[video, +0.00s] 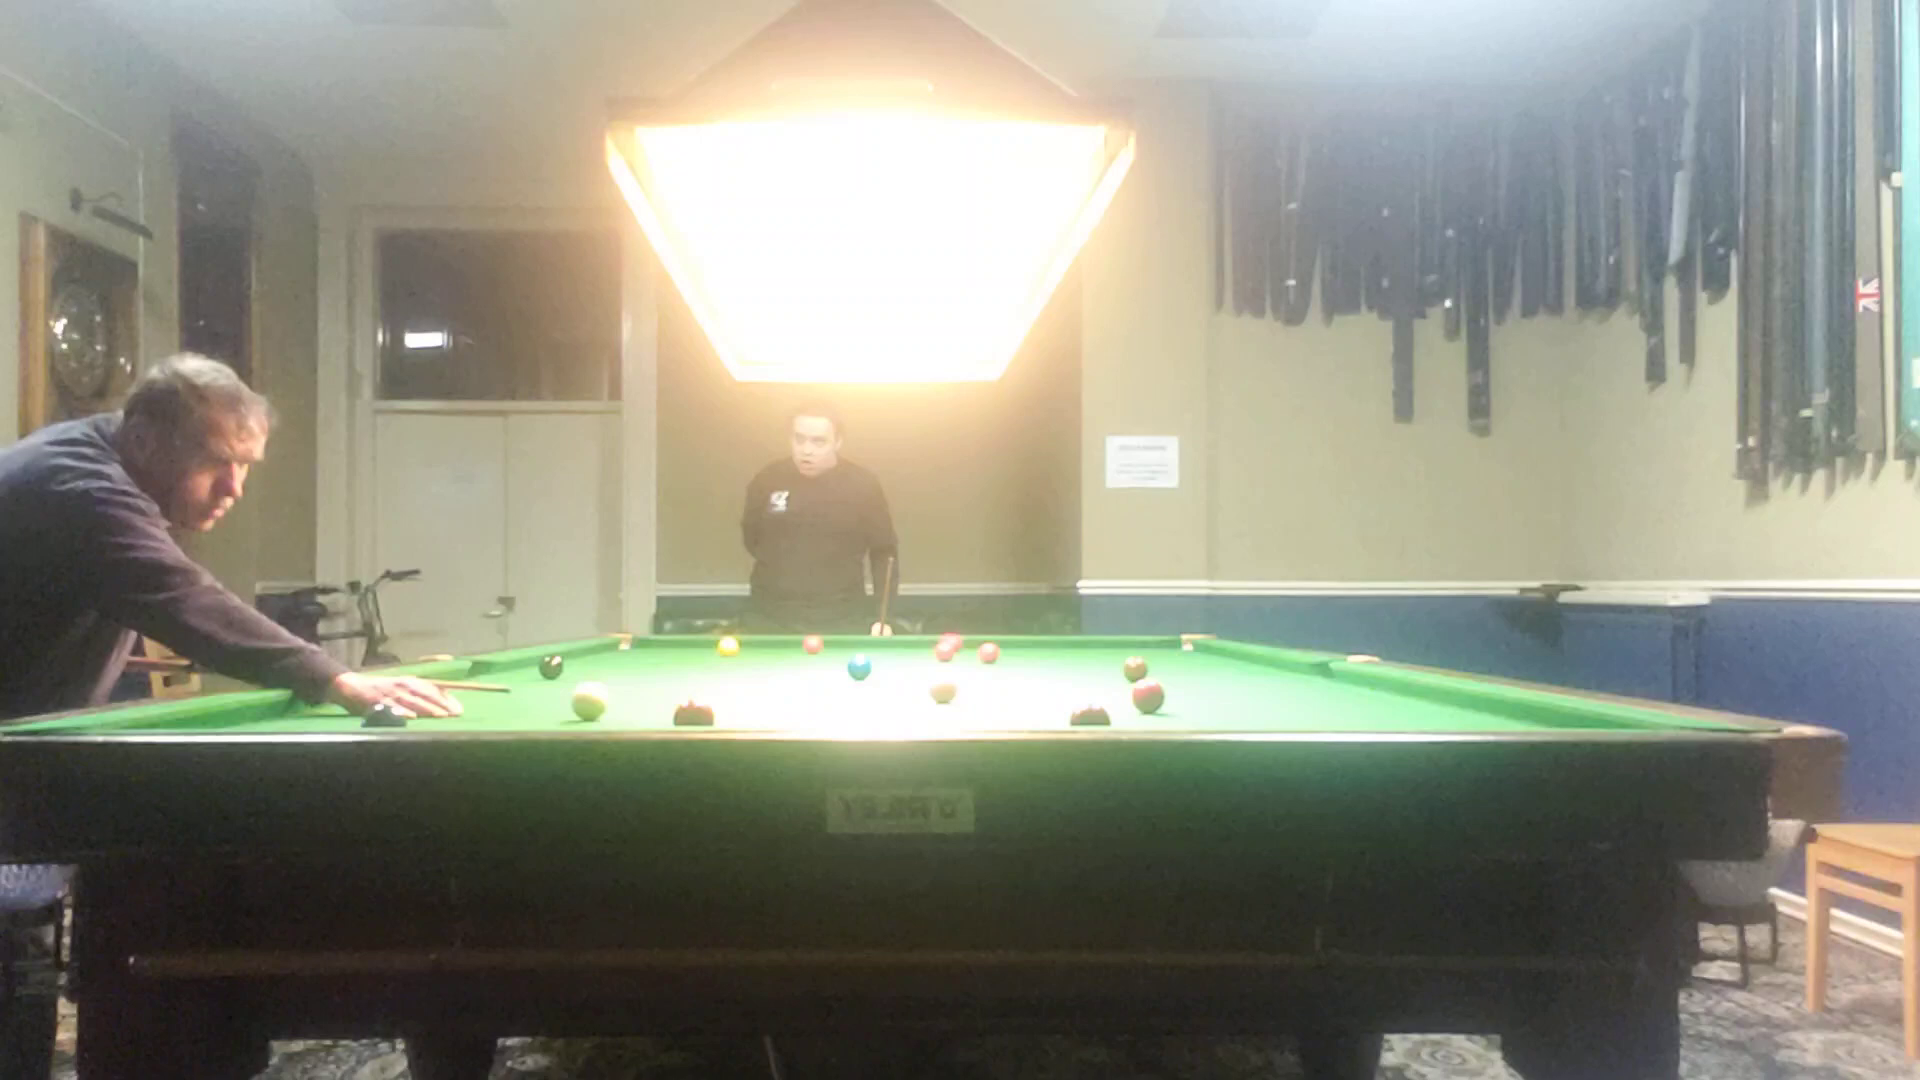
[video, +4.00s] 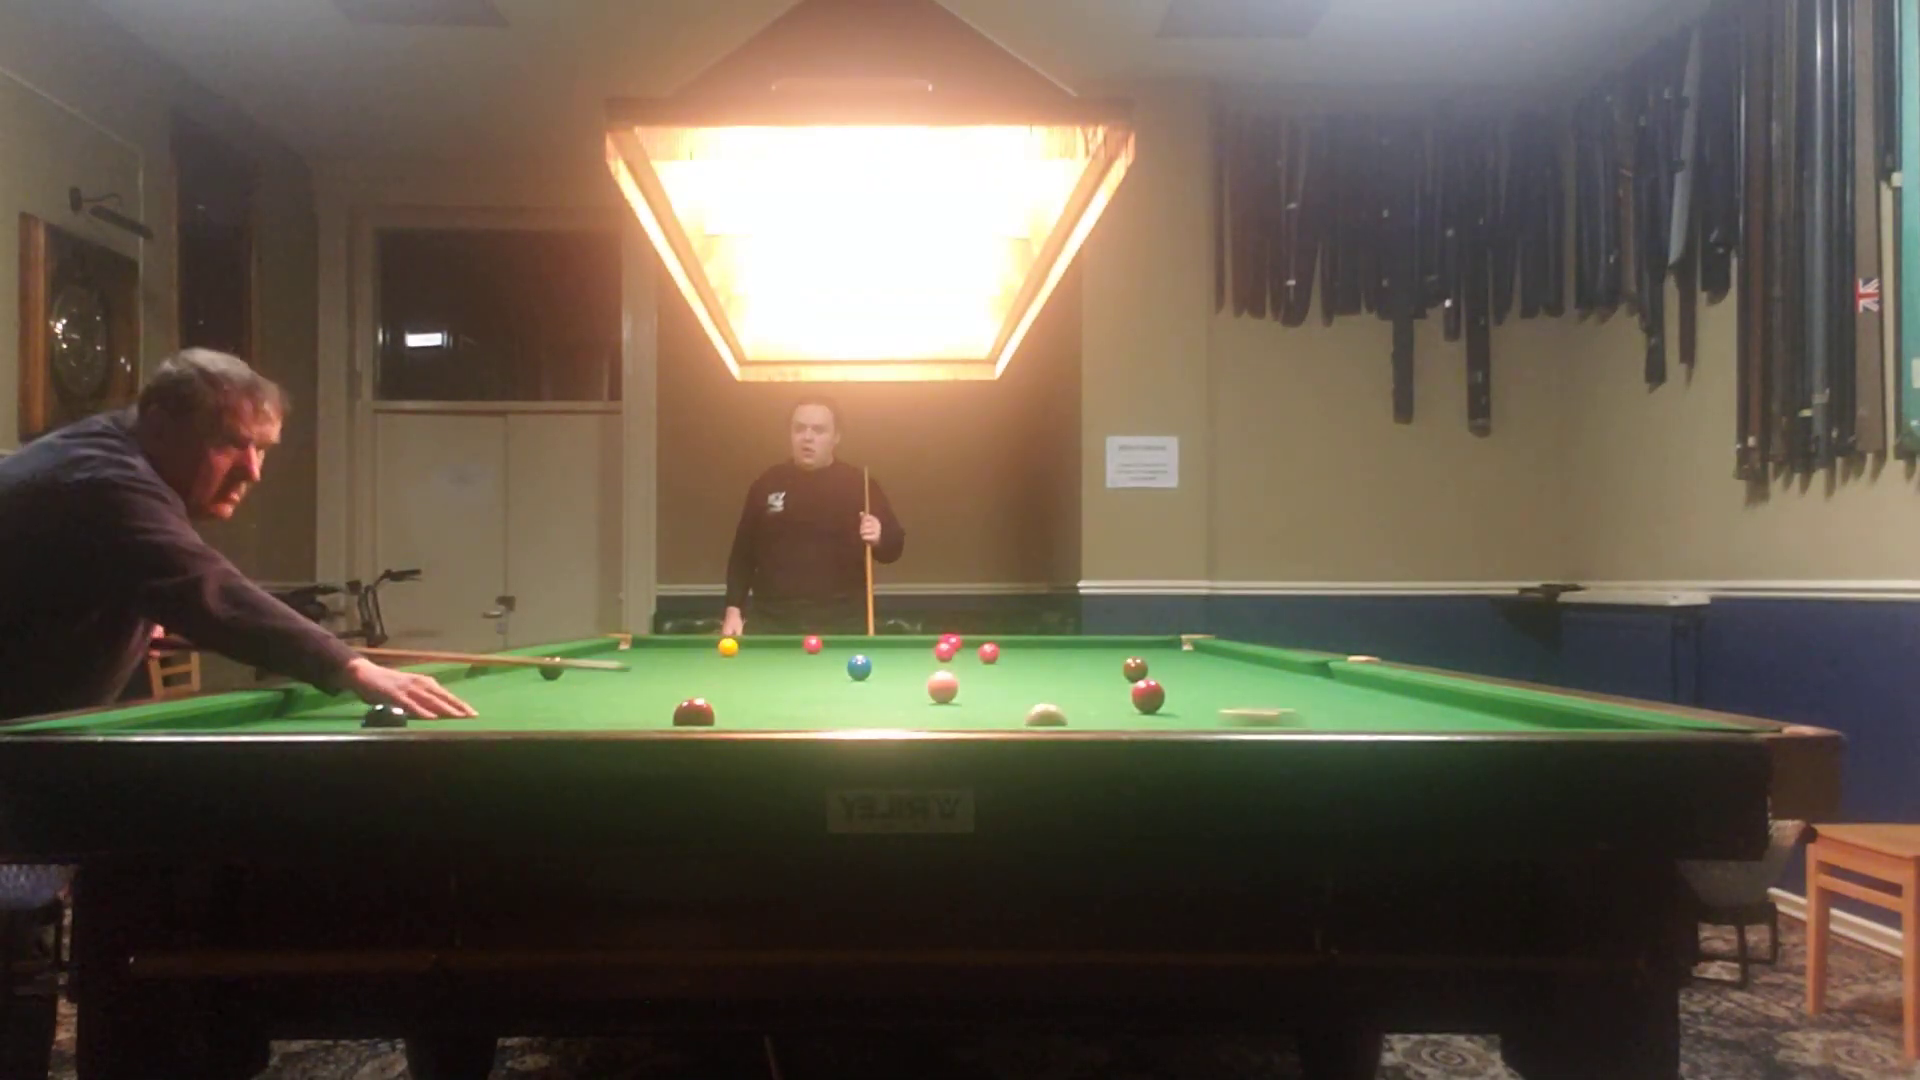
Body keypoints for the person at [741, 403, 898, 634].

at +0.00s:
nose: (806, 451)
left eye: (818, 442)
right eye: (800, 440)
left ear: (838, 443)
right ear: (791, 439)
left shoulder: (863, 485)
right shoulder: (767, 480)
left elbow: (884, 551)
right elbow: (753, 540)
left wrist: (883, 618)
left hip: (842, 617)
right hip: (772, 617)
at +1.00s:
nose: (803, 449)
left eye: (814, 439)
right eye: (795, 438)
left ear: (833, 442)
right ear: (785, 439)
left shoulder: (857, 484)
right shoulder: (762, 481)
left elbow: (880, 552)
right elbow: (750, 550)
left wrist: (880, 616)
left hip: (840, 621)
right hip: (769, 621)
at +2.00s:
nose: (815, 453)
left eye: (826, 444)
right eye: (807, 442)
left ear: (842, 444)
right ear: (795, 440)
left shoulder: (861, 489)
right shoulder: (768, 482)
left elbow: (889, 545)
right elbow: (737, 540)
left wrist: (884, 582)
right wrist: (727, 594)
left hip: (843, 624)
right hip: (772, 623)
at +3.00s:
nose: (814, 448)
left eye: (825, 440)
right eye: (806, 438)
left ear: (841, 444)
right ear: (795, 439)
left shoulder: (860, 489)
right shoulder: (768, 483)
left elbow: (895, 545)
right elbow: (740, 545)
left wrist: (891, 565)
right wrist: (727, 599)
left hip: (843, 624)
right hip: (772, 624)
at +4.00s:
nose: (807, 438)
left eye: (818, 430)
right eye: (800, 429)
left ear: (836, 437)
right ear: (790, 434)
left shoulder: (860, 485)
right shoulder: (768, 485)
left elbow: (893, 550)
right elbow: (743, 552)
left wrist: (881, 538)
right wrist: (734, 608)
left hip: (842, 626)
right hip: (773, 627)